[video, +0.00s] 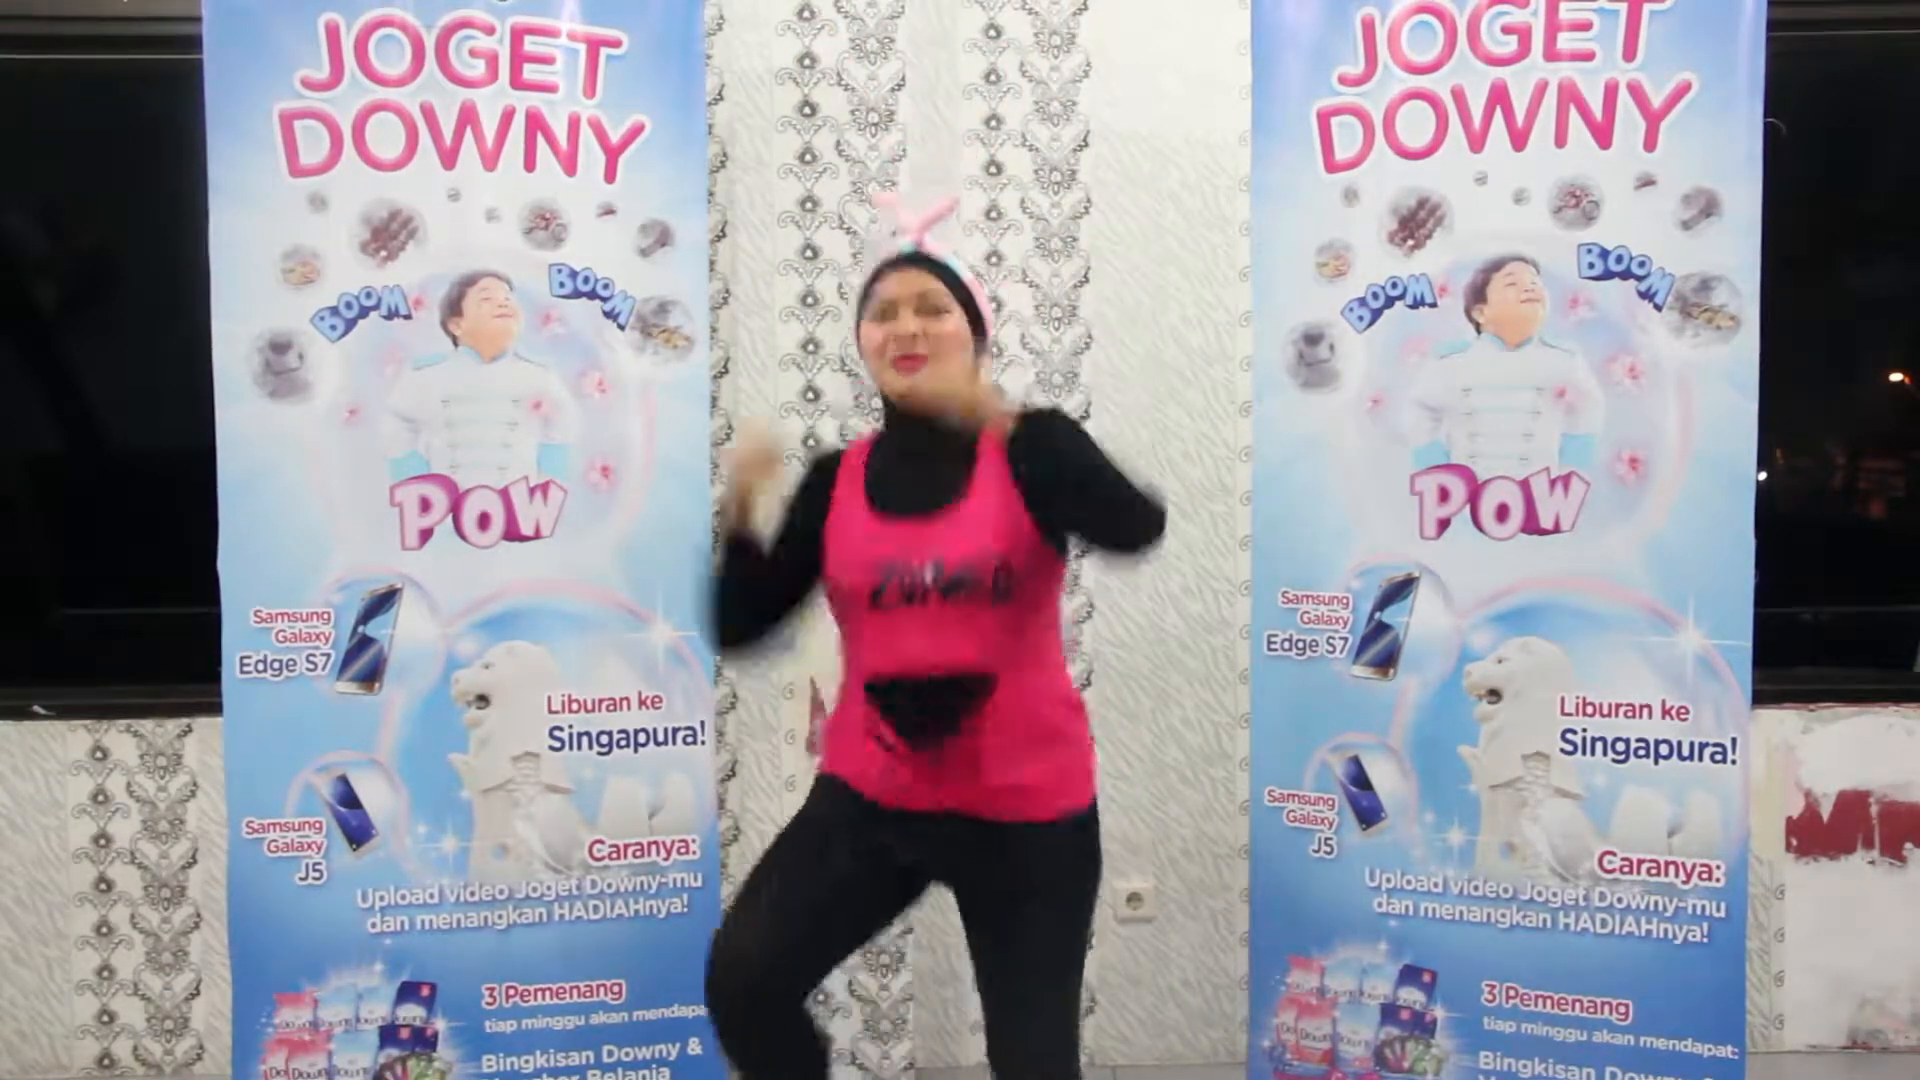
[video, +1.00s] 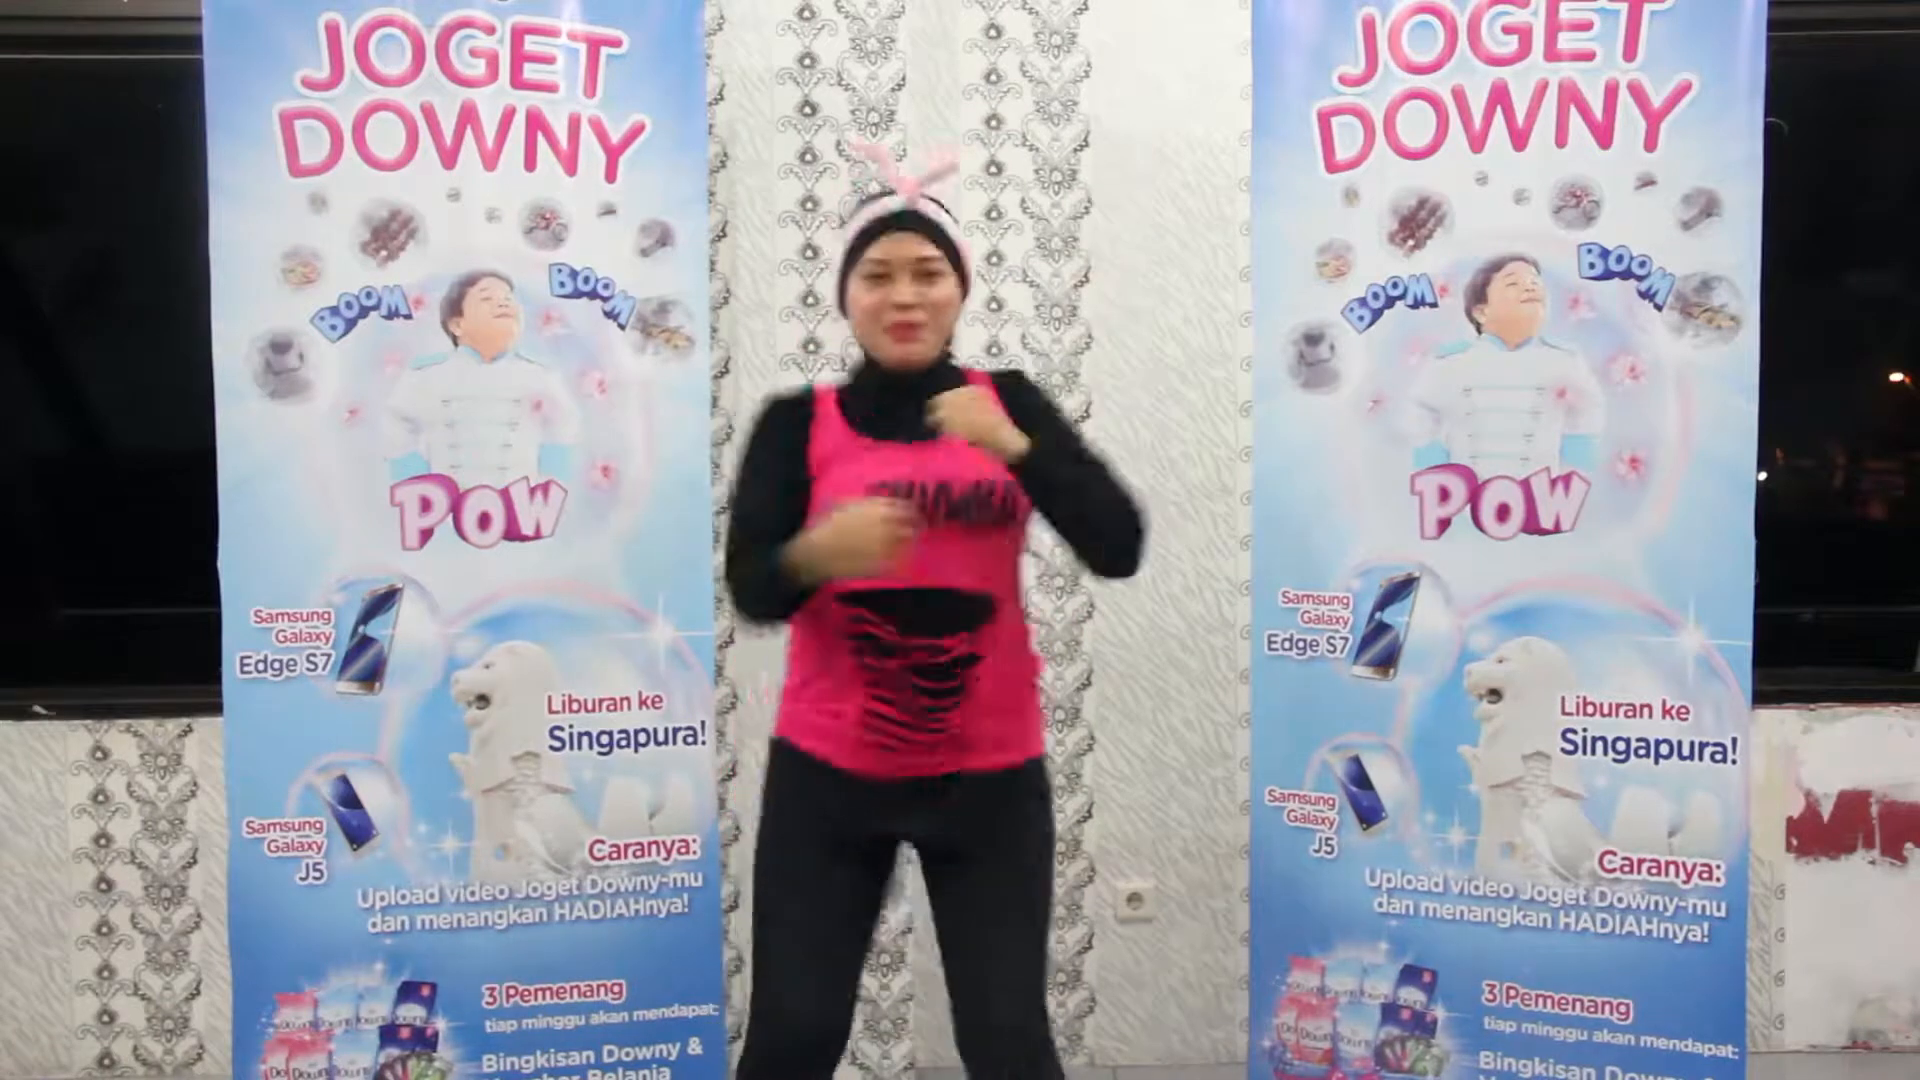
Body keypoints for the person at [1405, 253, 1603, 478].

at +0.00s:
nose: (1529, 287)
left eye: (1535, 281)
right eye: (1510, 283)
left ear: (1545, 300)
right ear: (1479, 311)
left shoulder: (1564, 363)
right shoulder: (1446, 366)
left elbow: (1584, 421)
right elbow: (1417, 417)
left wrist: (1567, 484)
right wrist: (1435, 477)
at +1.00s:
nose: (1530, 287)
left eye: (1535, 281)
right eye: (1511, 283)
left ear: (1545, 300)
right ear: (1479, 311)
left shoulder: (1565, 362)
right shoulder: (1446, 365)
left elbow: (1584, 428)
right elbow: (1418, 421)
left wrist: (1566, 490)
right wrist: (1436, 480)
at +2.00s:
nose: (1528, 286)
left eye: (1534, 281)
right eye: (1510, 283)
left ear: (1545, 299)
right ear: (1479, 311)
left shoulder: (1564, 364)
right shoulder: (1446, 366)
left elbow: (1583, 425)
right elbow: (1415, 416)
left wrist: (1566, 484)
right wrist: (1436, 476)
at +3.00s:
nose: (1528, 287)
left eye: (1534, 281)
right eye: (1510, 282)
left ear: (1545, 300)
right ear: (1479, 311)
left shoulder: (1565, 365)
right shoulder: (1445, 367)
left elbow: (1583, 435)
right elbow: (1417, 424)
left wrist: (1563, 495)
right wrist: (1437, 482)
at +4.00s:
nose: (1529, 287)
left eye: (1534, 281)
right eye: (1510, 283)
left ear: (1544, 300)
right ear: (1479, 311)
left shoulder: (1565, 365)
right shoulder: (1446, 368)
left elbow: (1583, 436)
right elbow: (1413, 420)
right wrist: (1436, 477)